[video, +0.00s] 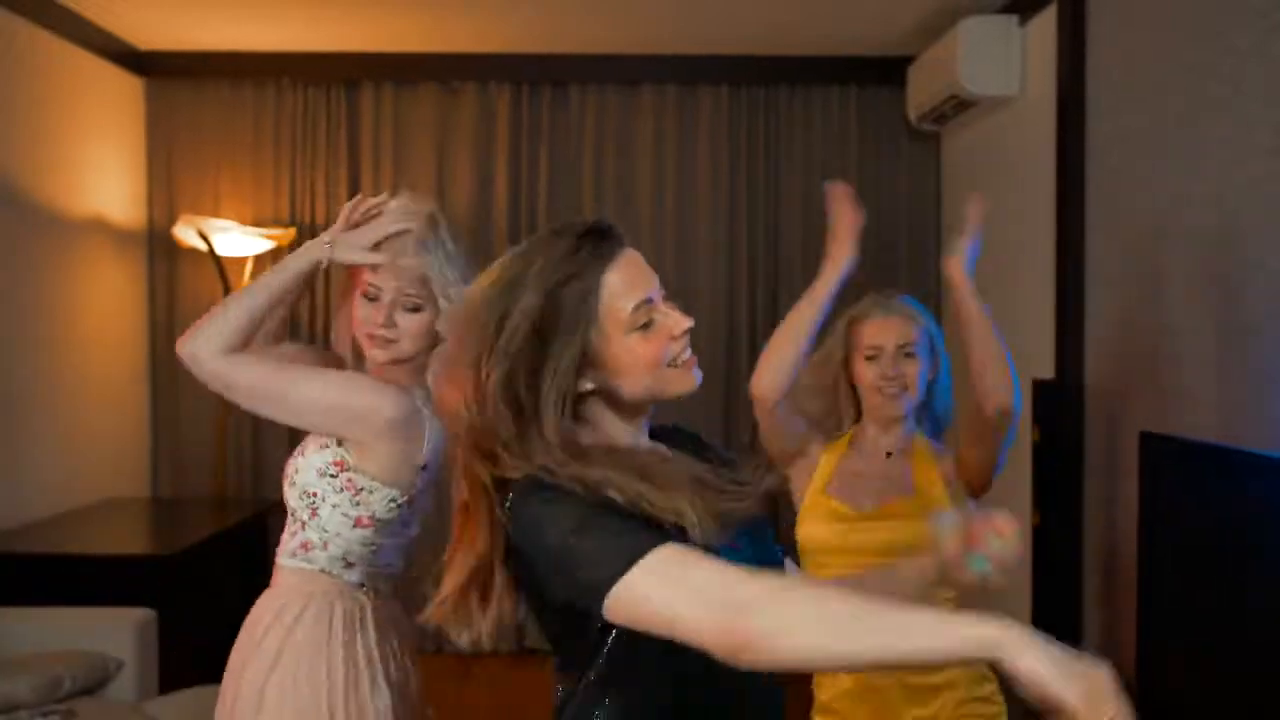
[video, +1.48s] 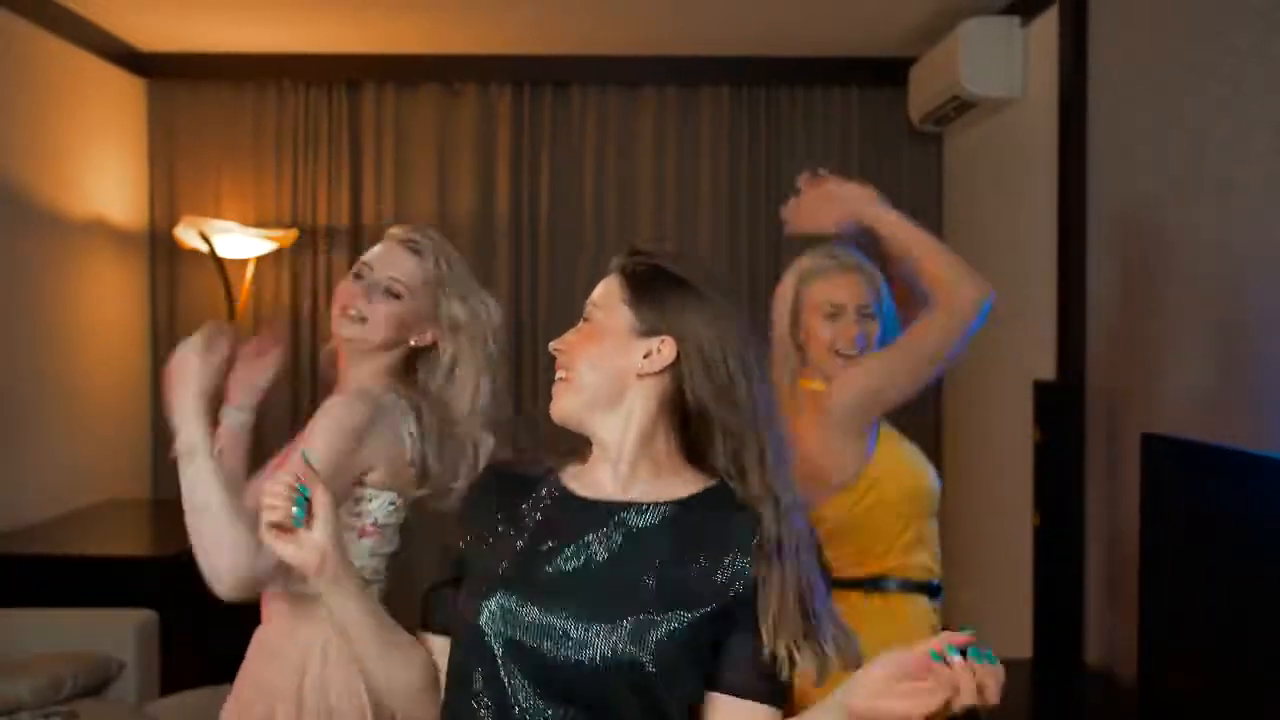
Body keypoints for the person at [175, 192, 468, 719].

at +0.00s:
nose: (382, 321)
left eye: (411, 306)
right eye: (371, 296)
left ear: (445, 321)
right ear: (352, 298)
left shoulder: (391, 410)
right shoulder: (395, 398)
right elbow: (247, 351)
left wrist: (315, 251)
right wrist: (315, 254)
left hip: (322, 627)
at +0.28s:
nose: (393, 312)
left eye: (424, 300)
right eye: (385, 289)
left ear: (465, 319)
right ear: (368, 290)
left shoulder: (408, 407)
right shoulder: (396, 401)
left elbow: (272, 265)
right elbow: (277, 346)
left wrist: (417, 196)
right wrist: (369, 221)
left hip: (324, 632)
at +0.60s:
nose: (378, 332)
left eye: (409, 318)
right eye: (374, 312)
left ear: (458, 339)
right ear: (362, 316)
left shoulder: (412, 445)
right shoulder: (407, 419)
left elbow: (207, 410)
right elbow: (287, 361)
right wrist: (357, 282)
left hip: (335, 663)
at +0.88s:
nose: (351, 293)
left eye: (381, 279)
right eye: (351, 275)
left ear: (436, 299)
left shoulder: (383, 385)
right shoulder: (409, 401)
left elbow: (215, 265)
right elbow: (262, 413)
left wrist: (328, 203)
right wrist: (333, 311)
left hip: (316, 650)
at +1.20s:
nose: (345, 280)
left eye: (377, 269)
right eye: (349, 262)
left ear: (432, 297)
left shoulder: (375, 391)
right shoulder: (409, 390)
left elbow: (217, 273)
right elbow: (233, 339)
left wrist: (342, 191)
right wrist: (337, 261)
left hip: (304, 631)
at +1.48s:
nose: (360, 295)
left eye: (392, 293)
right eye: (360, 275)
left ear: (425, 332)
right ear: (341, 283)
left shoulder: (354, 412)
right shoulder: (398, 411)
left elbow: (236, 568)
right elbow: (233, 525)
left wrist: (189, 413)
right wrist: (239, 408)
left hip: (300, 672)